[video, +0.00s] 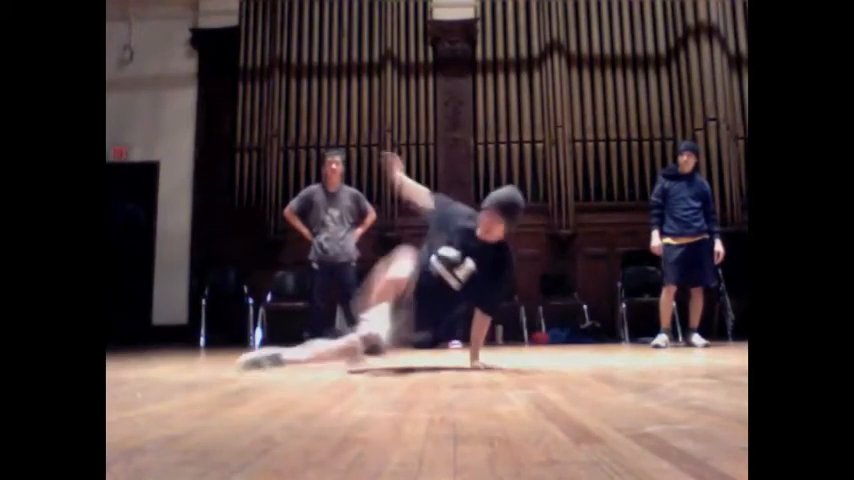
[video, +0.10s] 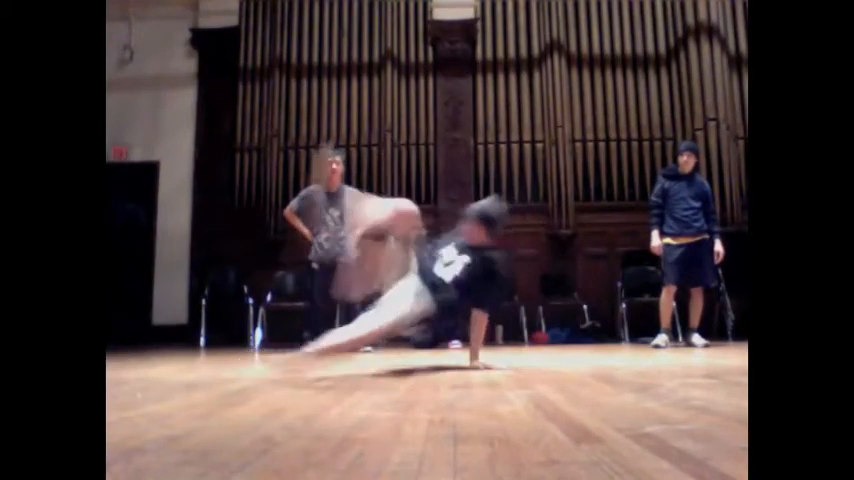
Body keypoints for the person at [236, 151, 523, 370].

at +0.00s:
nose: (490, 225)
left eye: (499, 223)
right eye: (489, 216)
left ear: (509, 227)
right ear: (484, 208)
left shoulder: (499, 263)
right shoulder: (457, 215)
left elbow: (483, 313)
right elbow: (423, 197)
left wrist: (476, 359)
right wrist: (399, 176)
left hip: (420, 325)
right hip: (402, 281)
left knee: (355, 345)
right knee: (407, 259)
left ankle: (279, 357)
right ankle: (371, 331)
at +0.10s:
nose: (464, 227)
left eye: (471, 224)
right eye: (465, 221)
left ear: (485, 231)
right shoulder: (486, 265)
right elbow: (480, 314)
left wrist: (474, 356)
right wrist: (474, 358)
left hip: (412, 284)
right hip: (421, 299)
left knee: (373, 320)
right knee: (373, 327)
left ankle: (319, 347)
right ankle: (312, 351)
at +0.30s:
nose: (413, 237)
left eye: (418, 231)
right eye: (409, 233)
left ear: (432, 233)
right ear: (405, 237)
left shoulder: (453, 263)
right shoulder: (404, 266)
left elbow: (466, 309)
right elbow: (398, 316)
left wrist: (476, 354)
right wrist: (387, 360)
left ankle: (476, 356)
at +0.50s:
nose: (396, 232)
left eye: (400, 226)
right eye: (388, 228)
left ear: (410, 228)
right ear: (379, 235)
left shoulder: (431, 252)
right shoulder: (378, 263)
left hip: (460, 289)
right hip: (423, 308)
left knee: (449, 210)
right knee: (381, 296)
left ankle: (462, 140)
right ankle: (458, 340)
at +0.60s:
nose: (354, 243)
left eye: (352, 238)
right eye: (347, 246)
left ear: (361, 237)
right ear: (346, 261)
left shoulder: (388, 251)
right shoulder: (363, 289)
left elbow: (420, 236)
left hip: (443, 282)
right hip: (442, 317)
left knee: (441, 217)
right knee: (487, 344)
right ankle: (565, 359)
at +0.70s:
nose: (352, 243)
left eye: (350, 238)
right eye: (345, 247)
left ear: (360, 236)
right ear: (345, 261)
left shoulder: (387, 249)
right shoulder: (362, 289)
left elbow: (420, 235)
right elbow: (376, 328)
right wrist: (385, 358)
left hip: (442, 280)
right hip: (439, 316)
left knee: (441, 215)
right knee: (487, 344)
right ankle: (566, 359)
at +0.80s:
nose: (351, 311)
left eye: (347, 304)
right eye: (349, 305)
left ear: (345, 290)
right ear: (351, 286)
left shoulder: (363, 281)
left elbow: (382, 324)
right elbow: (384, 321)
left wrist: (385, 363)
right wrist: (385, 360)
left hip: (438, 250)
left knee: (465, 328)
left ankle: (523, 351)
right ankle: (516, 334)